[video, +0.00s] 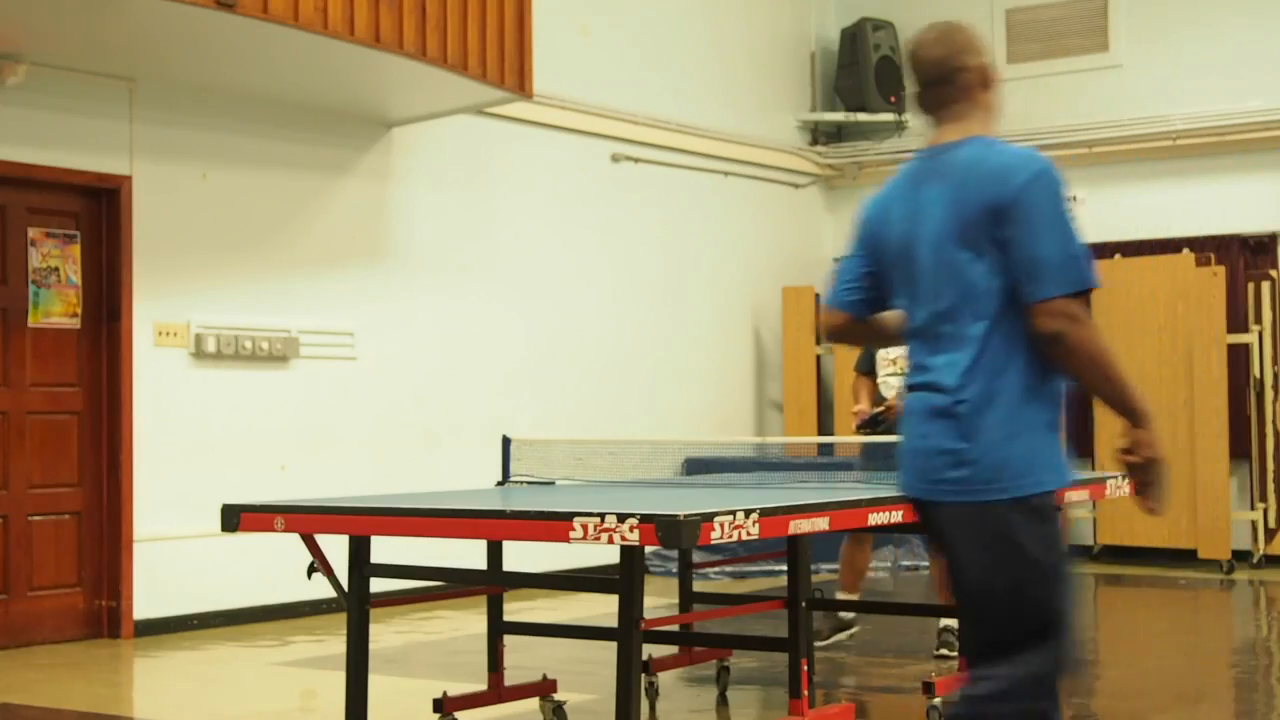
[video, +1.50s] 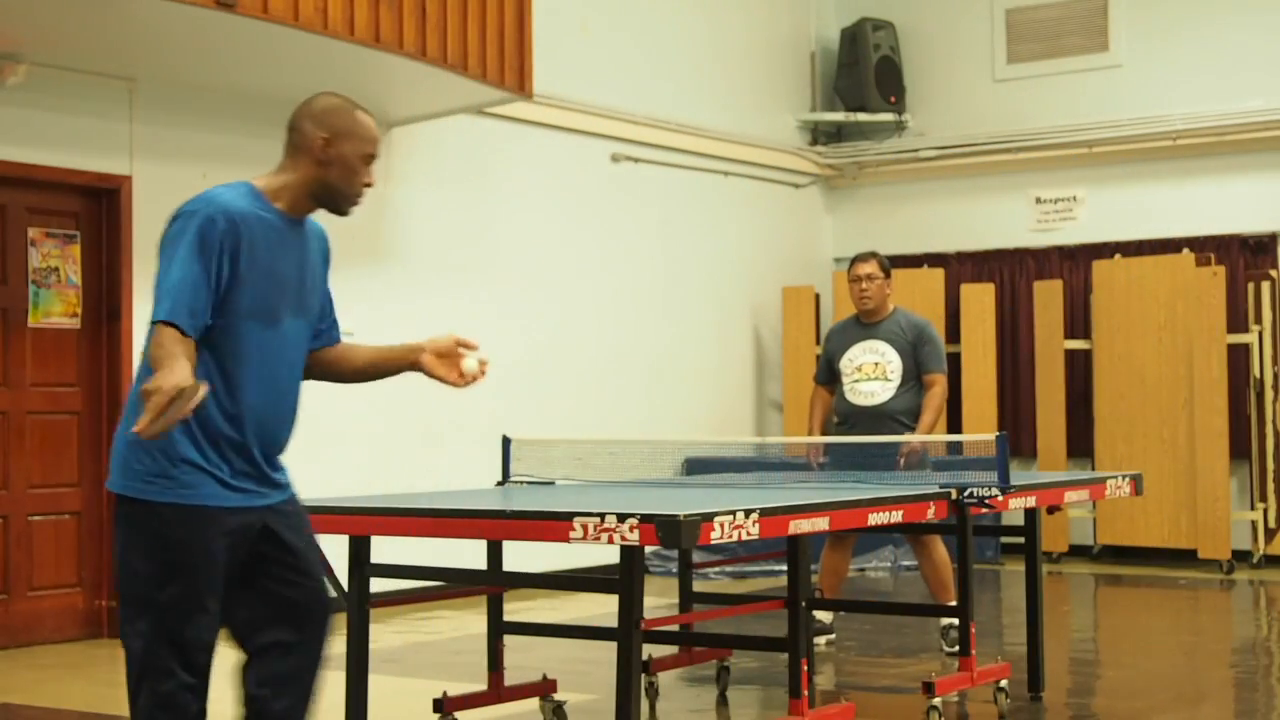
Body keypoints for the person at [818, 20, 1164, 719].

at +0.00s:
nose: (994, 81)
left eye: (986, 72)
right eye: (991, 72)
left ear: (919, 96)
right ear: (986, 79)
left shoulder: (893, 196)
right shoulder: (1018, 171)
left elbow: (839, 322)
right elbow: (1055, 321)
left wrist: (930, 318)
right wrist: (1138, 419)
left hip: (931, 471)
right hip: (1003, 470)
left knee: (996, 661)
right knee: (1029, 663)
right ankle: (961, 707)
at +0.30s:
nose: (837, 96)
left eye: (828, 86)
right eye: (833, 87)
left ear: (760, 103)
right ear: (826, 94)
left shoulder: (705, 202)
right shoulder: (836, 197)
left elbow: (658, 318)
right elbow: (874, 345)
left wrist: (742, 344)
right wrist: (946, 452)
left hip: (722, 478)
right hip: (781, 485)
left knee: (849, 651)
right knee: (758, 672)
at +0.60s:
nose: (669, 120)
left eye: (665, 106)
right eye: (665, 106)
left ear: (596, 114)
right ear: (649, 107)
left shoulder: (558, 208)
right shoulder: (619, 198)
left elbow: (509, 339)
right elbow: (605, 339)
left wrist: (648, 357)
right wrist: (719, 421)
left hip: (566, 490)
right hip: (615, 494)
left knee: (578, 646)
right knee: (676, 682)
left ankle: (498, 713)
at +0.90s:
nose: (531, 137)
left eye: (531, 121)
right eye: (527, 119)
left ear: (476, 113)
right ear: (490, 111)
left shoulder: (440, 193)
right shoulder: (446, 196)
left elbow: (460, 334)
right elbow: (465, 336)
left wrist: (539, 354)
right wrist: (584, 378)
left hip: (422, 467)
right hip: (425, 470)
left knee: (420, 648)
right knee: (484, 634)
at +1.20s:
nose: (436, 152)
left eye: (438, 138)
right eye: (434, 137)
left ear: (393, 132)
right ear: (405, 132)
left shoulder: (368, 217)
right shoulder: (320, 201)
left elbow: (340, 339)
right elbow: (274, 324)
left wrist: (406, 377)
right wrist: (386, 376)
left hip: (356, 493)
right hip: (287, 491)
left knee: (385, 641)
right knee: (263, 658)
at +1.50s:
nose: (370, 179)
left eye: (372, 164)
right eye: (364, 161)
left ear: (322, 150)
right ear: (319, 146)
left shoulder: (311, 243)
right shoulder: (214, 217)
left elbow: (316, 355)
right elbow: (170, 330)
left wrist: (416, 354)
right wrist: (177, 374)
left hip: (258, 482)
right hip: (174, 478)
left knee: (298, 618)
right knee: (172, 669)